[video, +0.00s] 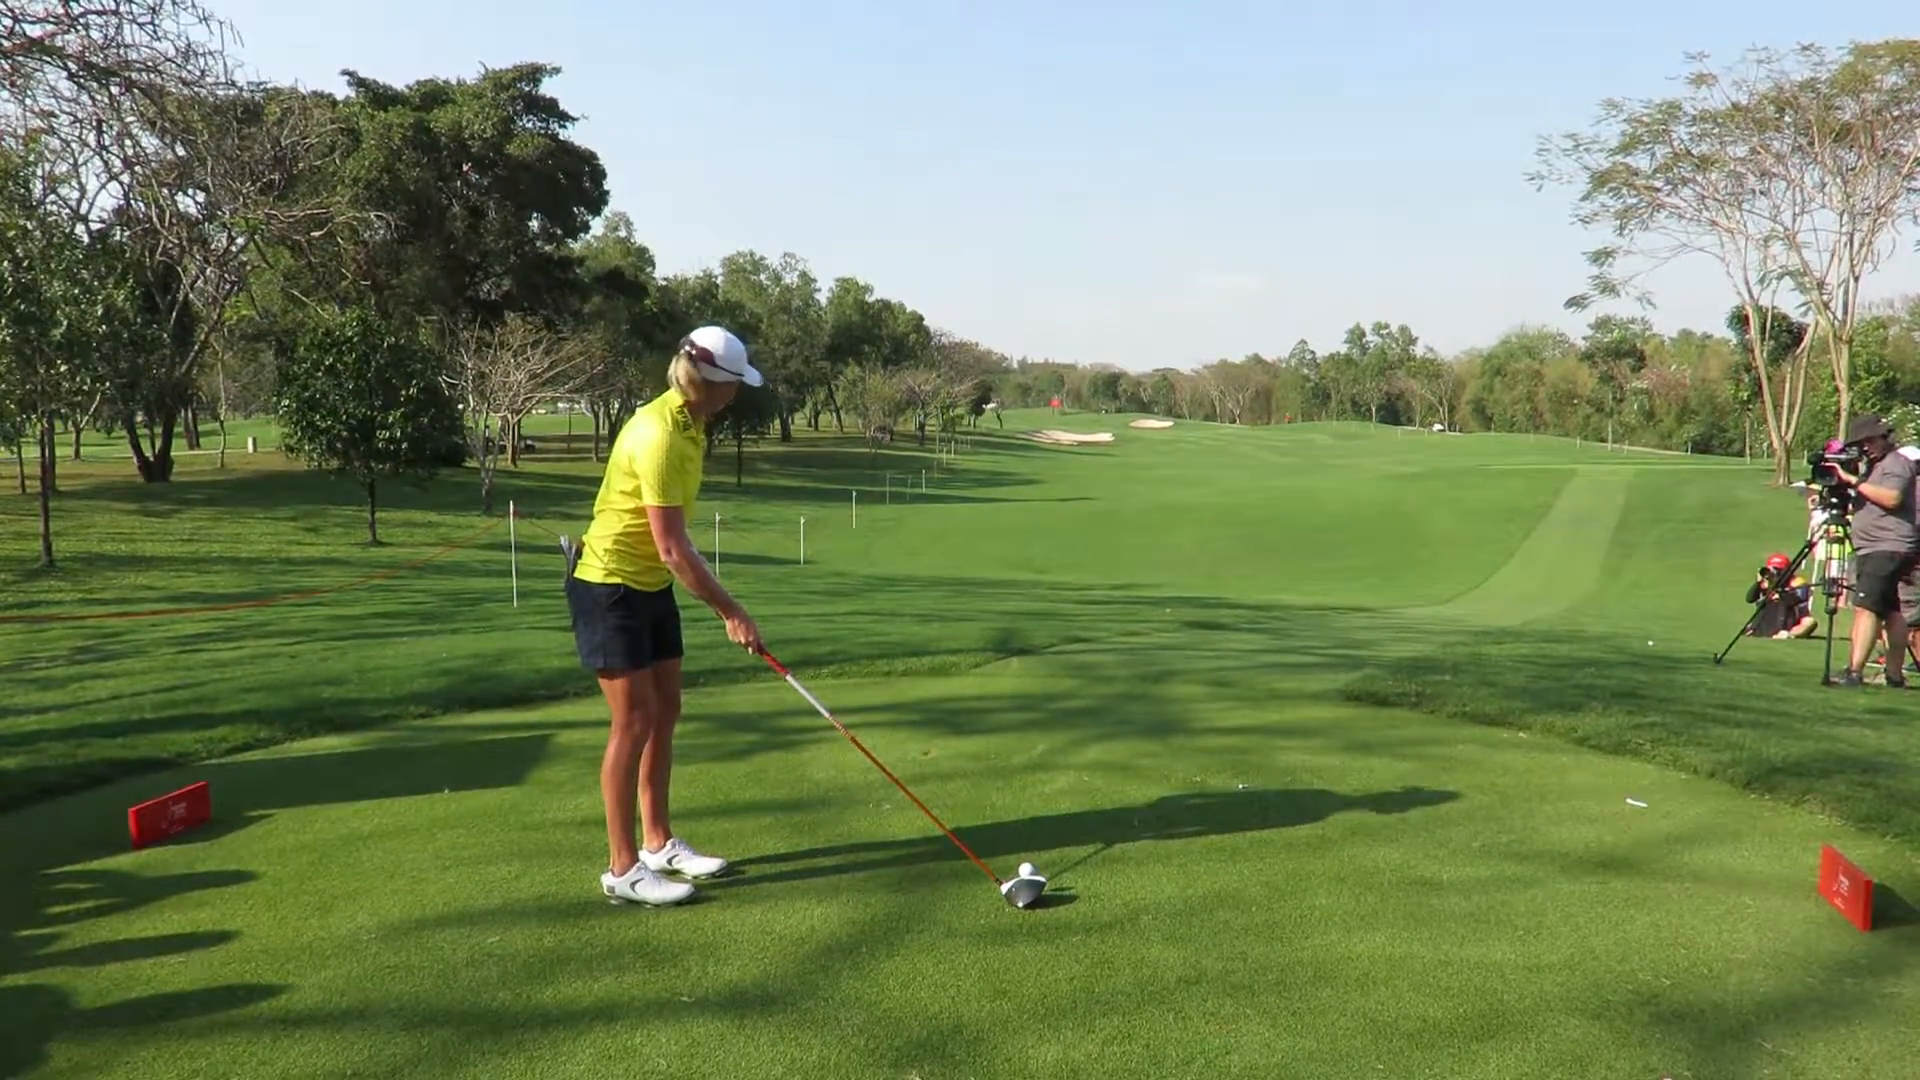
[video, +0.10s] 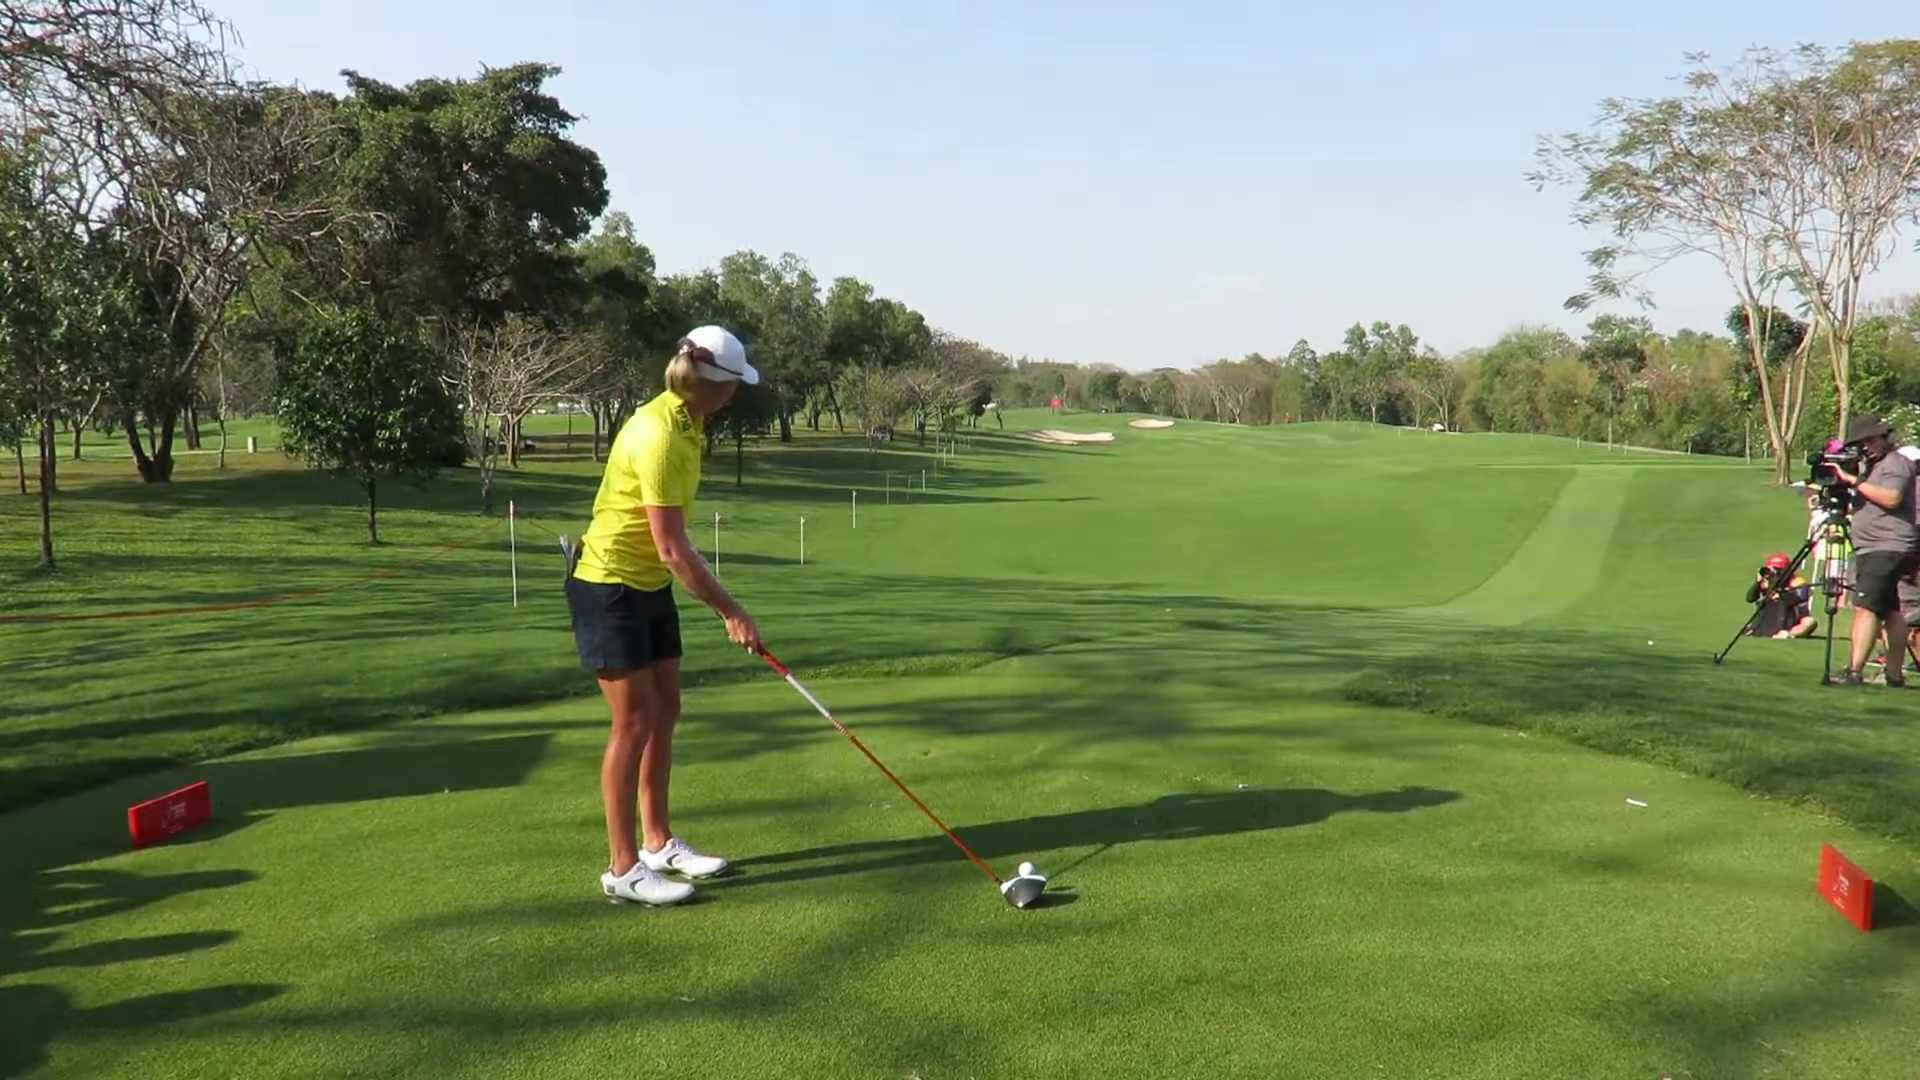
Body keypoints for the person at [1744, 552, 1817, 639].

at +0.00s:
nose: (1773, 576)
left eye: (1776, 573)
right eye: (1770, 573)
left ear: (1785, 572)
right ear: (1768, 572)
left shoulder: (1798, 584)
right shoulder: (1769, 584)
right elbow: (1750, 599)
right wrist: (1758, 584)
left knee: (1811, 621)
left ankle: (1790, 634)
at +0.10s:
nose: (1773, 576)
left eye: (1776, 572)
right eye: (1770, 572)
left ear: (1785, 572)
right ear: (1768, 572)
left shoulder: (1798, 584)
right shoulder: (1768, 584)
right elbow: (1749, 599)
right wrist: (1758, 583)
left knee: (1811, 621)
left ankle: (1790, 634)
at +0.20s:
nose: (1771, 576)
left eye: (1775, 572)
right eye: (1769, 572)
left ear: (1784, 572)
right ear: (1767, 571)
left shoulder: (1798, 584)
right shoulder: (1768, 584)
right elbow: (1749, 599)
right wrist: (1759, 583)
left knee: (1810, 621)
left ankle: (1789, 634)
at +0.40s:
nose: (1770, 577)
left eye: (1774, 573)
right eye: (1769, 573)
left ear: (1784, 573)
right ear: (1767, 572)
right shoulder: (1767, 585)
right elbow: (1749, 599)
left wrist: (1790, 634)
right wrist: (1759, 584)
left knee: (1811, 622)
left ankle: (1789, 635)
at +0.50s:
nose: (1771, 575)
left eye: (1775, 571)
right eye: (1769, 571)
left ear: (1784, 571)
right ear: (1767, 570)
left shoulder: (1798, 583)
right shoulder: (1767, 583)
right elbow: (1750, 598)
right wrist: (1759, 583)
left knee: (1810, 620)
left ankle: (1789, 633)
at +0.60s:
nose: (1771, 575)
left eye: (1775, 572)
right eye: (1769, 571)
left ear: (1784, 571)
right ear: (1767, 570)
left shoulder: (1797, 584)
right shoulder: (1767, 583)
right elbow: (1750, 598)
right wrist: (1758, 583)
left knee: (1810, 621)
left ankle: (1789, 634)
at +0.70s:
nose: (1772, 576)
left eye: (1776, 572)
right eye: (1770, 572)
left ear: (1785, 572)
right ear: (1768, 571)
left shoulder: (1798, 583)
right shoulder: (1767, 583)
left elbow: (1800, 598)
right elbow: (1750, 599)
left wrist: (1782, 595)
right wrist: (1758, 583)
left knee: (1810, 621)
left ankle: (1789, 634)